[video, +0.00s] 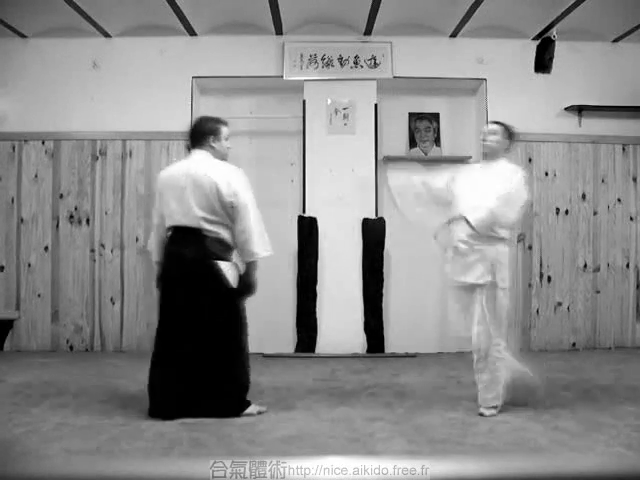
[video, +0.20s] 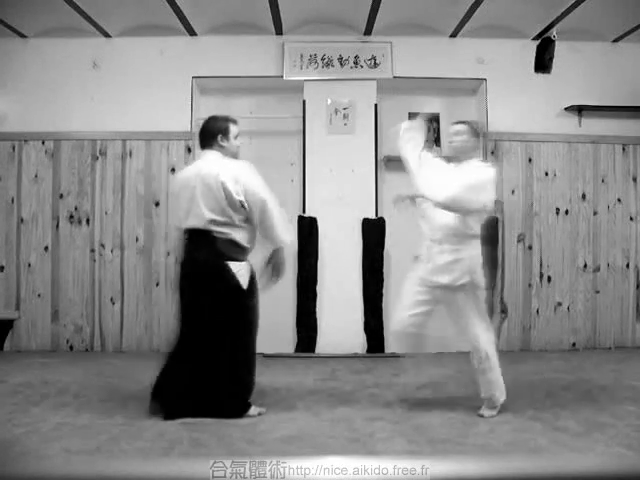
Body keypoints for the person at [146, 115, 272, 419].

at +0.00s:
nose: (228, 145)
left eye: (228, 139)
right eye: (225, 140)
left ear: (196, 141)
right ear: (212, 142)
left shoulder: (167, 174)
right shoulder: (228, 175)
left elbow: (159, 226)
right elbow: (246, 228)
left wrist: (160, 264)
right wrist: (250, 271)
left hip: (174, 262)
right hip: (215, 264)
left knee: (173, 333)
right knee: (226, 334)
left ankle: (168, 403)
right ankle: (230, 402)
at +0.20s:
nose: (239, 144)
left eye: (238, 137)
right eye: (235, 138)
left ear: (206, 141)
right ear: (221, 140)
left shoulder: (183, 174)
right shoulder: (238, 171)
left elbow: (178, 220)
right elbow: (267, 211)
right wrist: (279, 248)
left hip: (192, 259)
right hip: (229, 262)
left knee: (193, 332)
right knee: (236, 334)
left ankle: (171, 397)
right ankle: (233, 403)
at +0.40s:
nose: (242, 139)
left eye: (239, 133)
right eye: (235, 134)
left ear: (213, 140)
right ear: (217, 140)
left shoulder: (202, 168)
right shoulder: (231, 164)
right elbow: (274, 175)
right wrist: (296, 172)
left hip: (204, 252)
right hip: (232, 255)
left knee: (209, 328)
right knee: (245, 329)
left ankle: (201, 401)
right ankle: (234, 403)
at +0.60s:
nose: (232, 139)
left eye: (235, 135)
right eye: (225, 135)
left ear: (240, 138)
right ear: (212, 141)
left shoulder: (253, 167)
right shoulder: (207, 164)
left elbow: (287, 161)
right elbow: (241, 163)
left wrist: (286, 138)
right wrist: (268, 157)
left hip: (247, 256)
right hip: (218, 255)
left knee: (253, 325)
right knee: (226, 328)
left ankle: (248, 394)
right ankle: (228, 398)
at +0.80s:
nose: (228, 144)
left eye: (235, 139)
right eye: (223, 139)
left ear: (247, 142)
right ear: (217, 143)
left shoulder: (256, 176)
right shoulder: (213, 174)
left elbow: (267, 173)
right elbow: (187, 200)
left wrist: (247, 154)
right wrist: (200, 163)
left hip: (251, 257)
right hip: (218, 255)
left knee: (243, 326)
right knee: (207, 323)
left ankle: (244, 388)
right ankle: (210, 388)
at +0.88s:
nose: (222, 148)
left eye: (226, 143)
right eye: (221, 143)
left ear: (243, 142)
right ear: (246, 142)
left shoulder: (232, 162)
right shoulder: (261, 162)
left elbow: (204, 195)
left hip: (229, 252)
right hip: (253, 250)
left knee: (207, 316)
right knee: (231, 319)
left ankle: (205, 379)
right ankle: (231, 382)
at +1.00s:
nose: (223, 150)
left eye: (227, 145)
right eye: (221, 145)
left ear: (240, 146)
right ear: (222, 149)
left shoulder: (248, 174)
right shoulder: (220, 177)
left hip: (240, 252)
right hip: (223, 253)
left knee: (230, 317)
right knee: (214, 312)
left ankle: (230, 379)